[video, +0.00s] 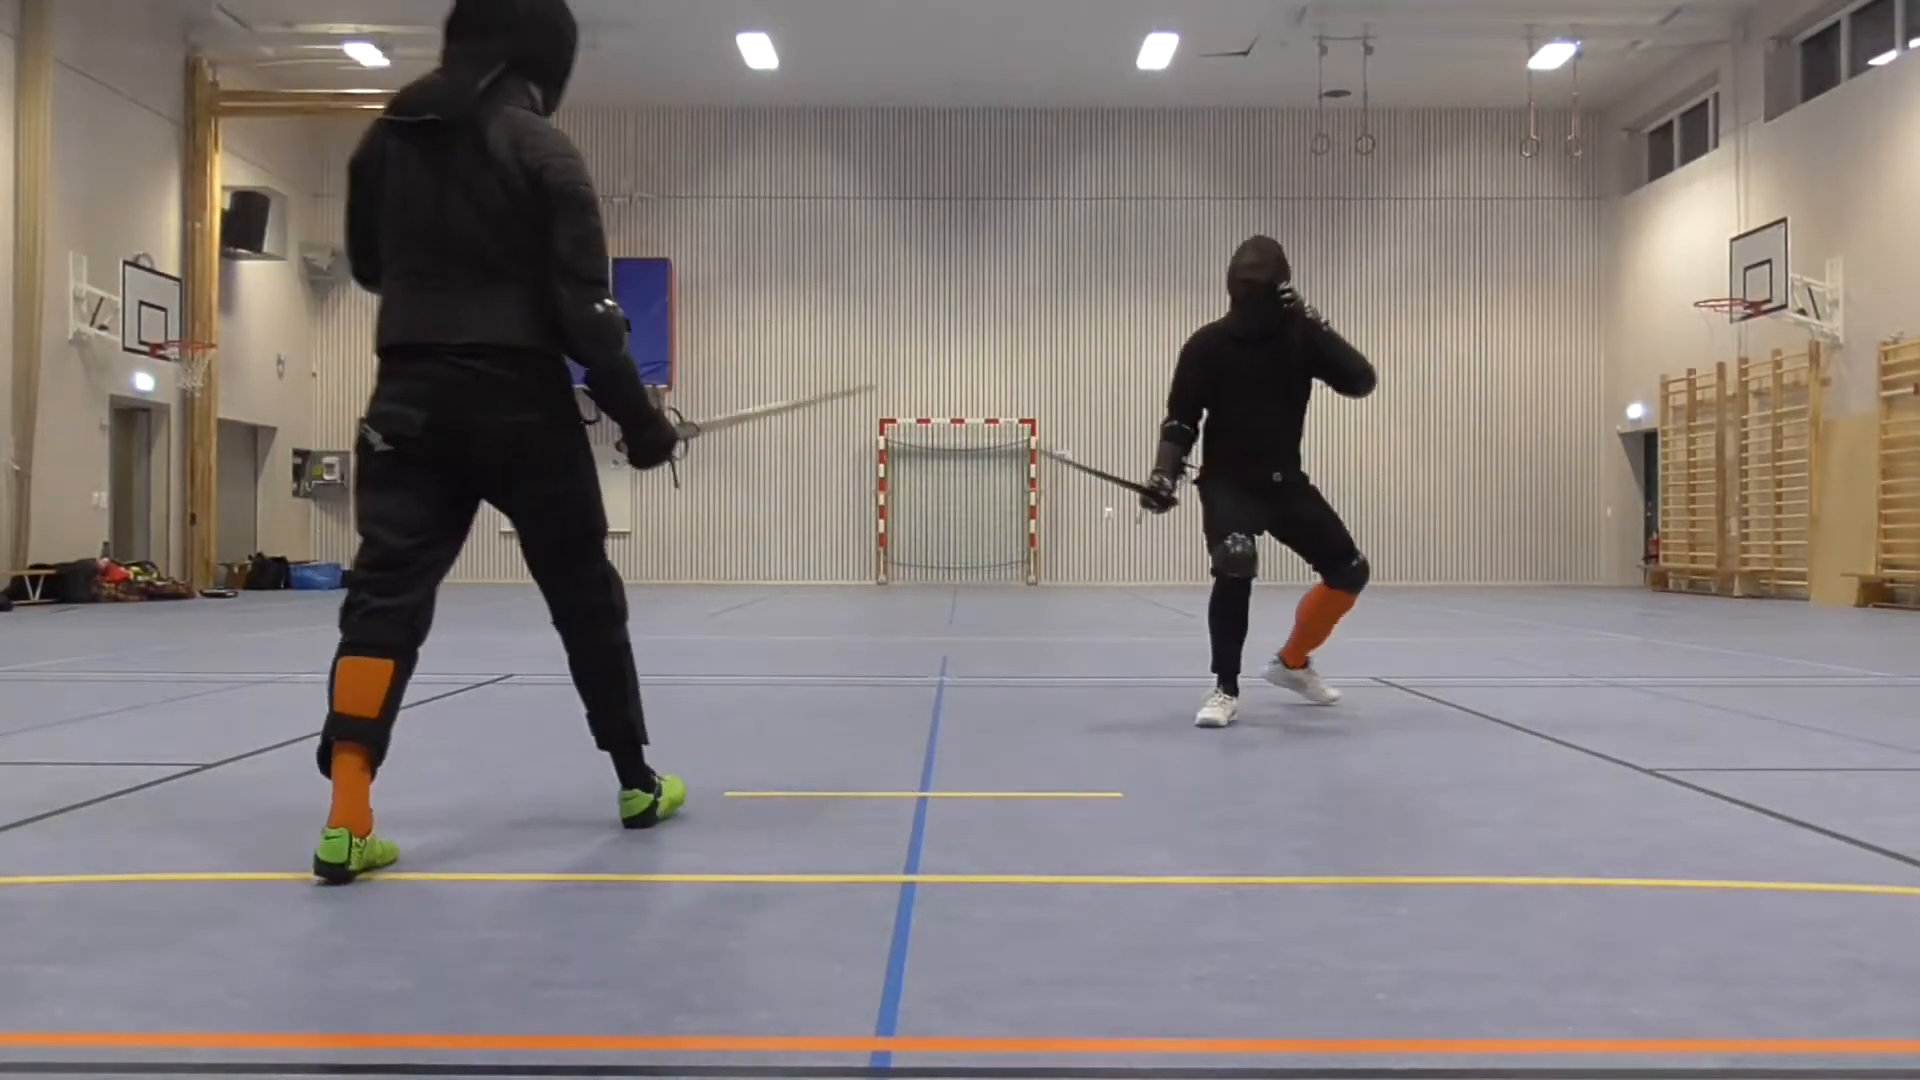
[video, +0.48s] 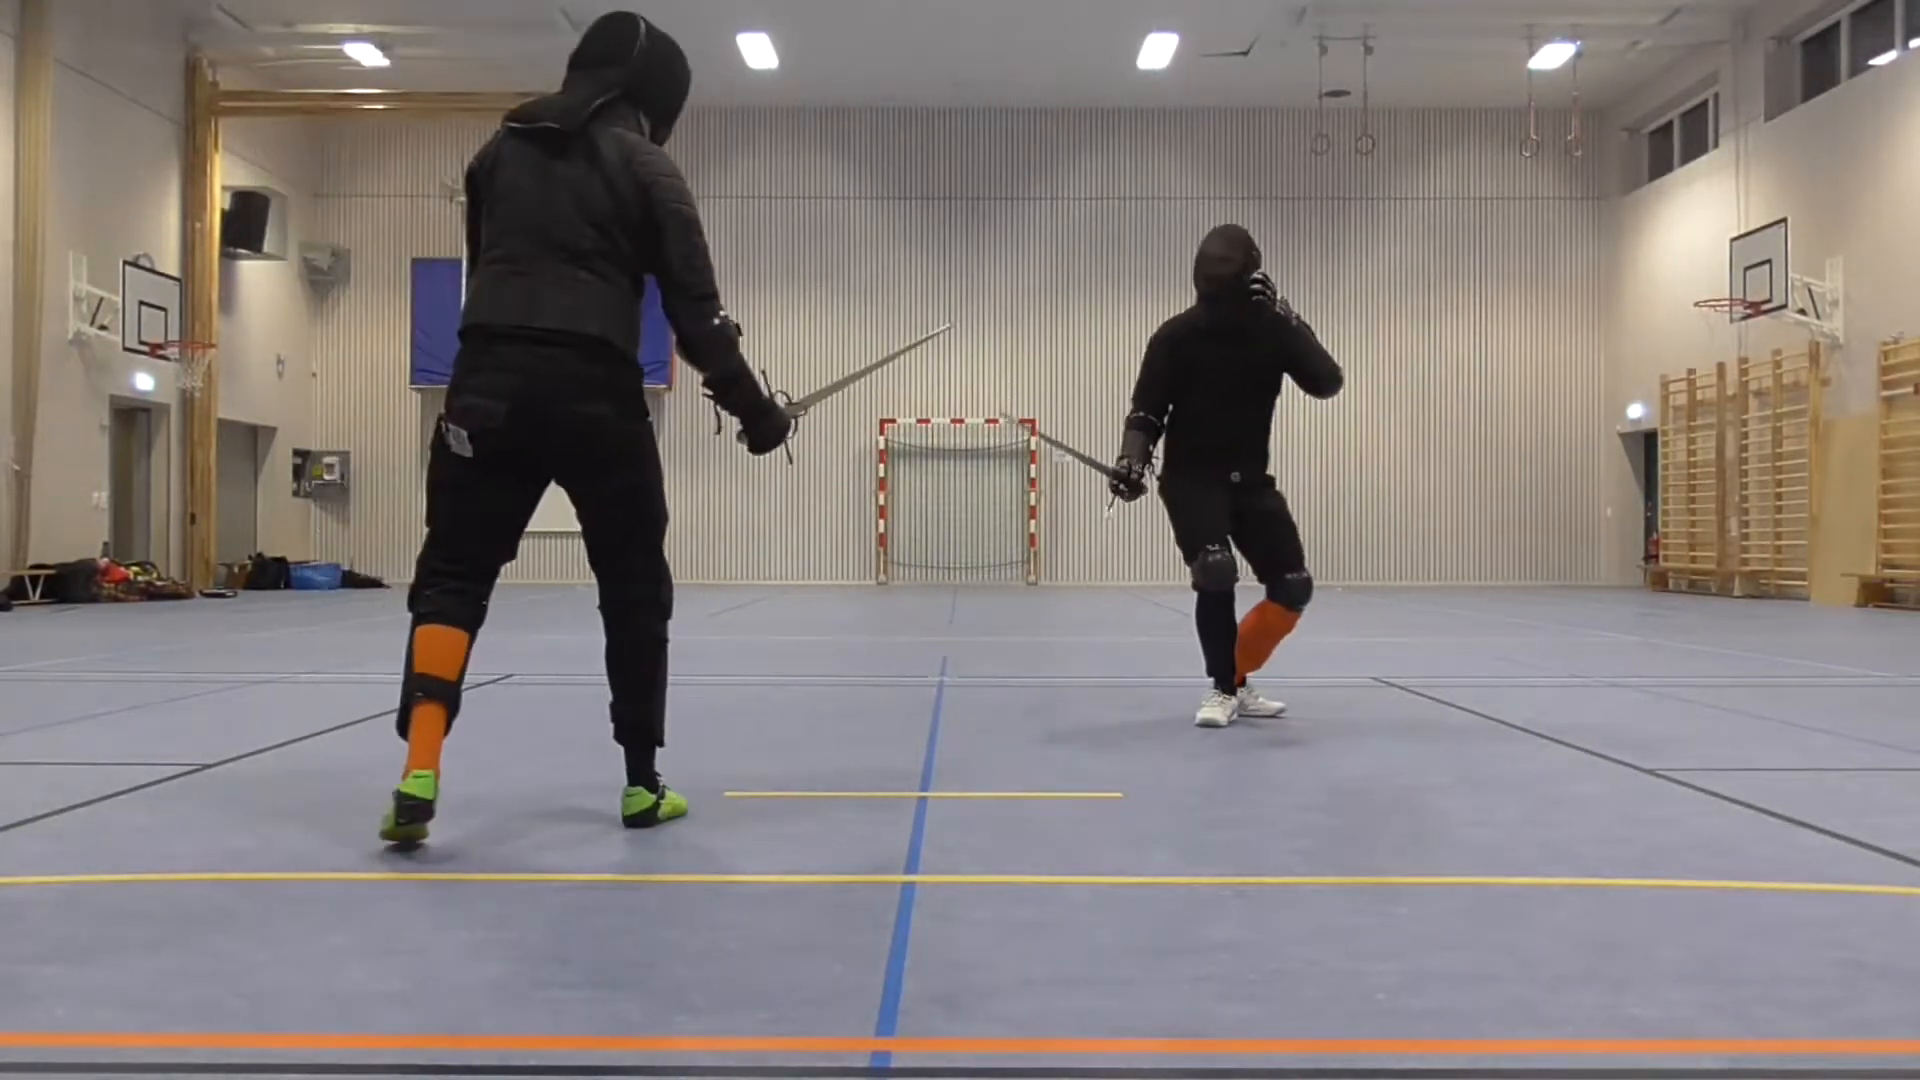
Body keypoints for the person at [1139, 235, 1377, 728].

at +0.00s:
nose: (1251, 293)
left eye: (1262, 283)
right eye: (1243, 283)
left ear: (1282, 285)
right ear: (1230, 286)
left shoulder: (1300, 337)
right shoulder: (1206, 347)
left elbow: (1362, 381)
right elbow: (1181, 420)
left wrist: (1312, 326)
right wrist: (1164, 473)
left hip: (1283, 479)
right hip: (1226, 482)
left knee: (1348, 573)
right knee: (1235, 565)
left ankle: (1292, 662)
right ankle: (1225, 691)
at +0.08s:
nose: (1239, 282)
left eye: (1250, 272)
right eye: (1233, 272)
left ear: (1274, 281)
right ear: (1221, 279)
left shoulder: (1296, 340)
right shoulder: (1197, 346)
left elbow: (1351, 385)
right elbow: (1170, 417)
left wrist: (1309, 336)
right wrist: (1150, 465)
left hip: (1275, 480)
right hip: (1218, 482)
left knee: (1346, 570)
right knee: (1230, 569)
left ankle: (1267, 659)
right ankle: (1224, 690)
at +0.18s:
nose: (1228, 283)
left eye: (1237, 274)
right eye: (1224, 274)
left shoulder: (1288, 340)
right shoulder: (1190, 342)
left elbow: (1343, 385)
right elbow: (1161, 412)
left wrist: (1305, 337)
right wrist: (1141, 455)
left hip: (1269, 484)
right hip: (1210, 484)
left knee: (1331, 577)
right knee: (1222, 569)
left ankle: (1248, 672)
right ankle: (1222, 690)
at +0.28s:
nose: (1221, 292)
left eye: (1233, 282)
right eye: (1215, 281)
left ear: (1258, 281)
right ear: (1205, 279)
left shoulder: (1283, 333)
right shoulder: (1185, 342)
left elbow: (1335, 382)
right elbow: (1156, 412)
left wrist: (1288, 322)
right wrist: (1137, 454)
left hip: (1262, 482)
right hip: (1203, 482)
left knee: (1312, 588)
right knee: (1220, 569)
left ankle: (1237, 680)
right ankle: (1222, 690)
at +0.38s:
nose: (1216, 278)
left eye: (1228, 268)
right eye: (1211, 267)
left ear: (1255, 274)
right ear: (1201, 273)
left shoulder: (1277, 330)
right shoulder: (1180, 340)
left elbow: (1331, 382)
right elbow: (1152, 413)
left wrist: (1288, 318)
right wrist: (1136, 457)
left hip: (1255, 479)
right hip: (1196, 480)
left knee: (1304, 587)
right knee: (1218, 570)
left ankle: (1235, 681)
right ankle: (1222, 690)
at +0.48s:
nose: (1212, 290)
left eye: (1224, 280)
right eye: (1206, 279)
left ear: (1252, 277)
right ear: (1196, 276)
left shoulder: (1272, 329)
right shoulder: (1175, 338)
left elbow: (1328, 383)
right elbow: (1147, 411)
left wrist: (1284, 318)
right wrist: (1133, 460)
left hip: (1249, 478)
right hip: (1190, 479)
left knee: (1292, 588)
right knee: (1216, 570)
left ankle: (1234, 683)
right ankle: (1222, 690)